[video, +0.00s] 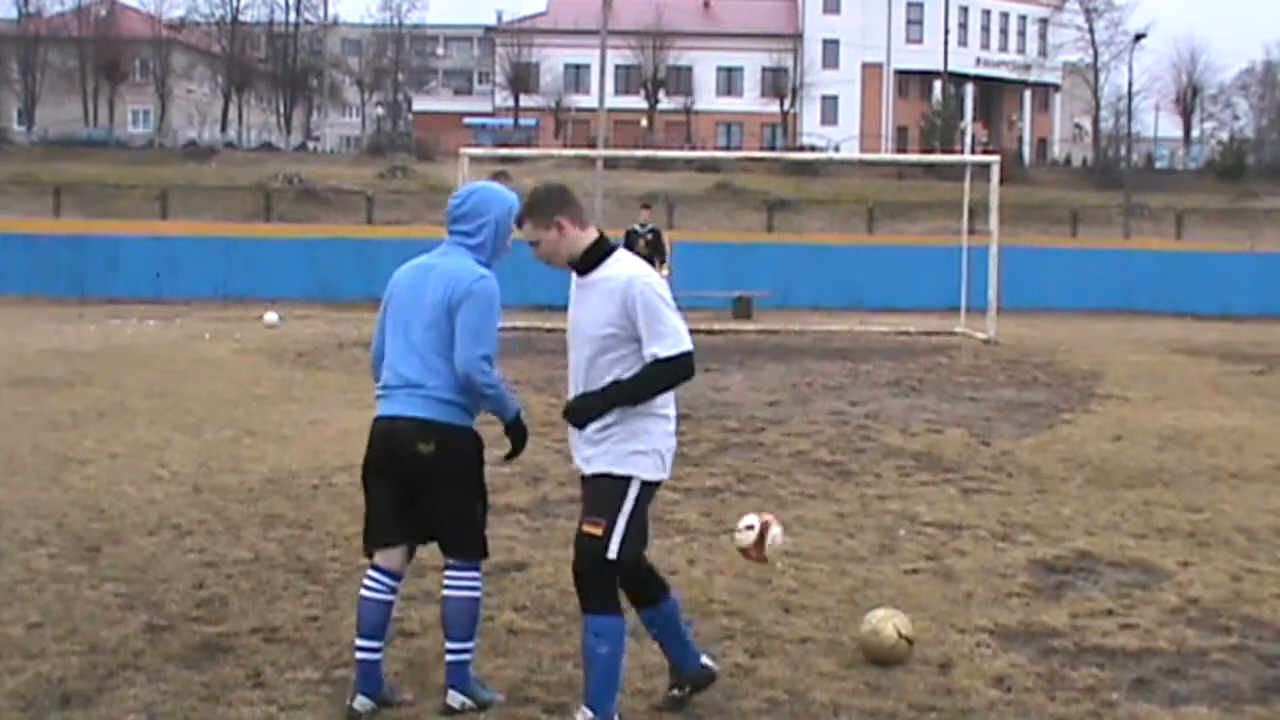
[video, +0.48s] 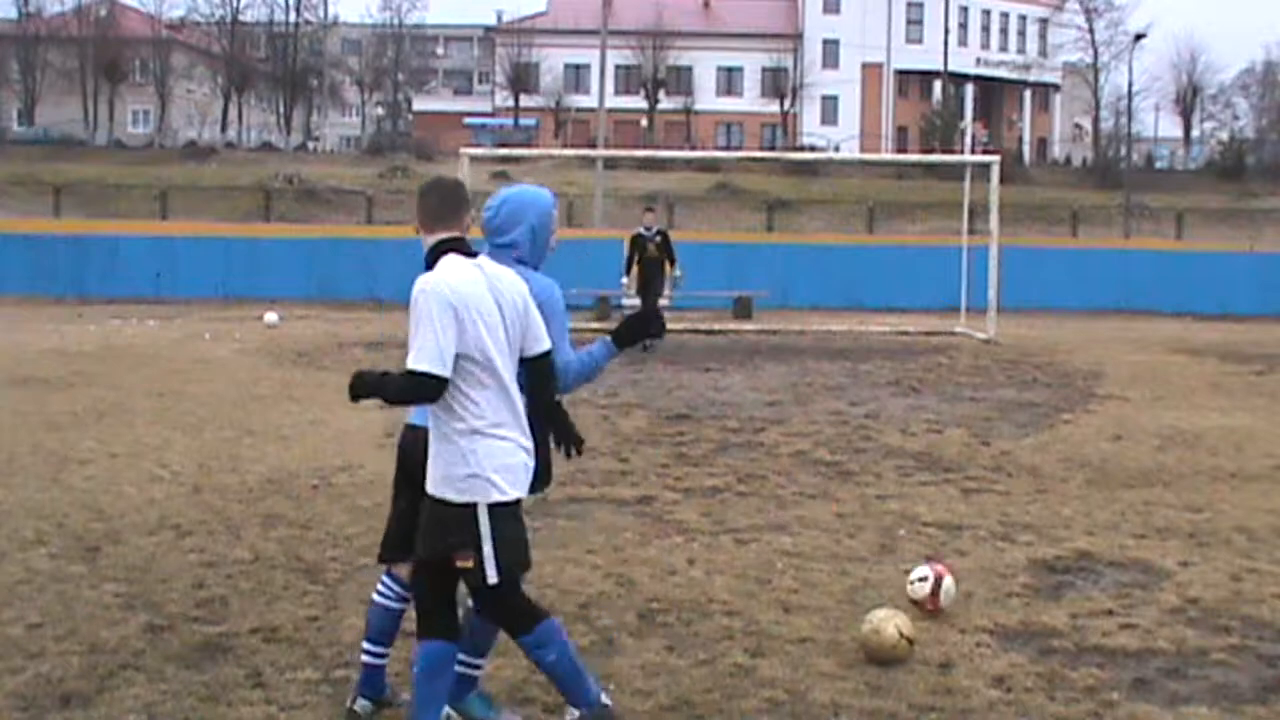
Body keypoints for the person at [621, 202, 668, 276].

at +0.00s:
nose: (644, 217)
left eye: (647, 214)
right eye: (642, 214)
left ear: (650, 215)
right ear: (639, 214)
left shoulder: (655, 232)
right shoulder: (630, 232)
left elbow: (661, 251)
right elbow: (626, 251)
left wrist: (663, 266)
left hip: (650, 268)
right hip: (633, 267)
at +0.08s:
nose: (645, 216)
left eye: (648, 213)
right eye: (643, 213)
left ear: (651, 215)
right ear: (640, 215)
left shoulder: (657, 233)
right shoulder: (631, 232)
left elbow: (663, 250)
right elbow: (626, 251)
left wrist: (667, 266)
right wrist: (623, 266)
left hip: (649, 269)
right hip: (633, 268)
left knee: (648, 292)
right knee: (633, 291)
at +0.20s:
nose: (646, 219)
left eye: (650, 216)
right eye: (644, 215)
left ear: (654, 217)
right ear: (641, 216)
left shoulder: (659, 235)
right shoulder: (633, 234)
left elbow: (667, 254)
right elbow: (627, 253)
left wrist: (673, 269)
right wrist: (623, 269)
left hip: (650, 275)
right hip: (635, 275)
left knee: (647, 307)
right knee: (630, 307)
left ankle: (643, 337)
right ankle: (637, 327)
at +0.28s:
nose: (647, 219)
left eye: (651, 216)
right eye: (645, 216)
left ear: (655, 218)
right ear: (641, 217)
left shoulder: (660, 235)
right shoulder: (634, 234)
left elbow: (668, 254)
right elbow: (629, 254)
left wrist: (673, 270)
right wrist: (624, 270)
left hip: (652, 273)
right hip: (637, 273)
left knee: (647, 305)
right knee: (637, 305)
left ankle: (643, 336)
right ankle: (642, 330)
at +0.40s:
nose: (647, 220)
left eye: (650, 217)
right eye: (645, 217)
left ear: (655, 219)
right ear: (641, 218)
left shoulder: (661, 235)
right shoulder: (635, 237)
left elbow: (669, 254)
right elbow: (629, 256)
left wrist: (674, 270)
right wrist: (625, 273)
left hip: (655, 272)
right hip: (640, 273)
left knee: (651, 304)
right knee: (643, 304)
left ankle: (647, 334)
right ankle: (645, 333)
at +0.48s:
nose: (648, 221)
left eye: (651, 218)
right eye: (646, 218)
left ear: (655, 219)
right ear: (642, 219)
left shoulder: (662, 235)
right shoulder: (636, 238)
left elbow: (670, 254)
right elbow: (631, 257)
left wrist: (673, 269)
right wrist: (626, 275)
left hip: (658, 273)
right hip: (643, 273)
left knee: (652, 303)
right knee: (646, 304)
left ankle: (650, 334)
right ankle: (647, 334)